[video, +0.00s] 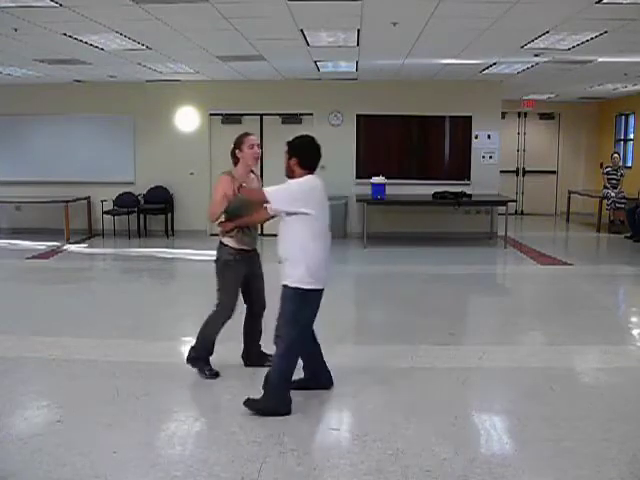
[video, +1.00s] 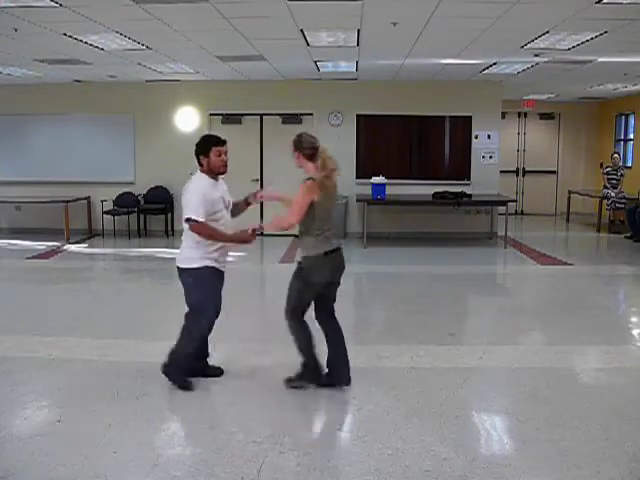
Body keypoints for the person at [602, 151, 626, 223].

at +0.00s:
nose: (615, 160)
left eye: (616, 158)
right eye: (613, 158)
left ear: (619, 160)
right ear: (611, 160)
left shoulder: (621, 170)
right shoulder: (606, 169)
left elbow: (621, 183)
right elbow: (605, 182)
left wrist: (617, 191)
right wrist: (611, 190)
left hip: (617, 188)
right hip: (608, 188)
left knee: (622, 196)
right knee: (611, 195)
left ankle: (621, 216)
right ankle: (611, 215)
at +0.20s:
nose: (615, 160)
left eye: (617, 158)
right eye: (613, 158)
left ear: (619, 160)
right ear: (611, 160)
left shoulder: (621, 170)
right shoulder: (606, 169)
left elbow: (621, 183)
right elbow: (605, 182)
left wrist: (617, 191)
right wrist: (611, 190)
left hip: (617, 188)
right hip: (608, 188)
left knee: (622, 196)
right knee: (611, 196)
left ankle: (621, 217)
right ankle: (611, 217)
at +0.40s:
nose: (615, 160)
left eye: (617, 158)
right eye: (613, 158)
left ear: (619, 160)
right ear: (611, 160)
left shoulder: (621, 170)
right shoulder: (606, 169)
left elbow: (621, 183)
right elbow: (605, 182)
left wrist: (617, 190)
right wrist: (611, 190)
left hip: (617, 188)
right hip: (608, 188)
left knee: (622, 196)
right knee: (611, 196)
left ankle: (621, 217)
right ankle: (611, 216)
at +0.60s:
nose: (615, 160)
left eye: (617, 158)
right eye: (613, 158)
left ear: (619, 160)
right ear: (611, 160)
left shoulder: (621, 170)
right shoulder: (606, 169)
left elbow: (621, 183)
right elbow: (605, 182)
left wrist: (617, 191)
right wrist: (611, 190)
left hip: (617, 188)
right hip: (608, 188)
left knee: (622, 196)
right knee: (611, 196)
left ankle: (621, 217)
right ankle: (611, 217)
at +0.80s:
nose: (615, 160)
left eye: (617, 158)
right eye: (613, 158)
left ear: (619, 160)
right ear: (611, 160)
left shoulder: (621, 170)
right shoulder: (606, 169)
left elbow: (621, 183)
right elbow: (605, 182)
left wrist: (617, 190)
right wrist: (611, 189)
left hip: (617, 188)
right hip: (608, 187)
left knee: (622, 196)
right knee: (611, 196)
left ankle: (621, 216)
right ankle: (611, 216)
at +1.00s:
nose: (615, 160)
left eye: (617, 158)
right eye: (613, 158)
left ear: (619, 160)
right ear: (611, 160)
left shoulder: (621, 170)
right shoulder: (606, 169)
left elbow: (621, 183)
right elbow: (605, 182)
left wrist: (617, 190)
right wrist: (611, 189)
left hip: (617, 188)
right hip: (608, 187)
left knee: (622, 196)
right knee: (611, 196)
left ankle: (621, 216)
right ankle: (611, 216)